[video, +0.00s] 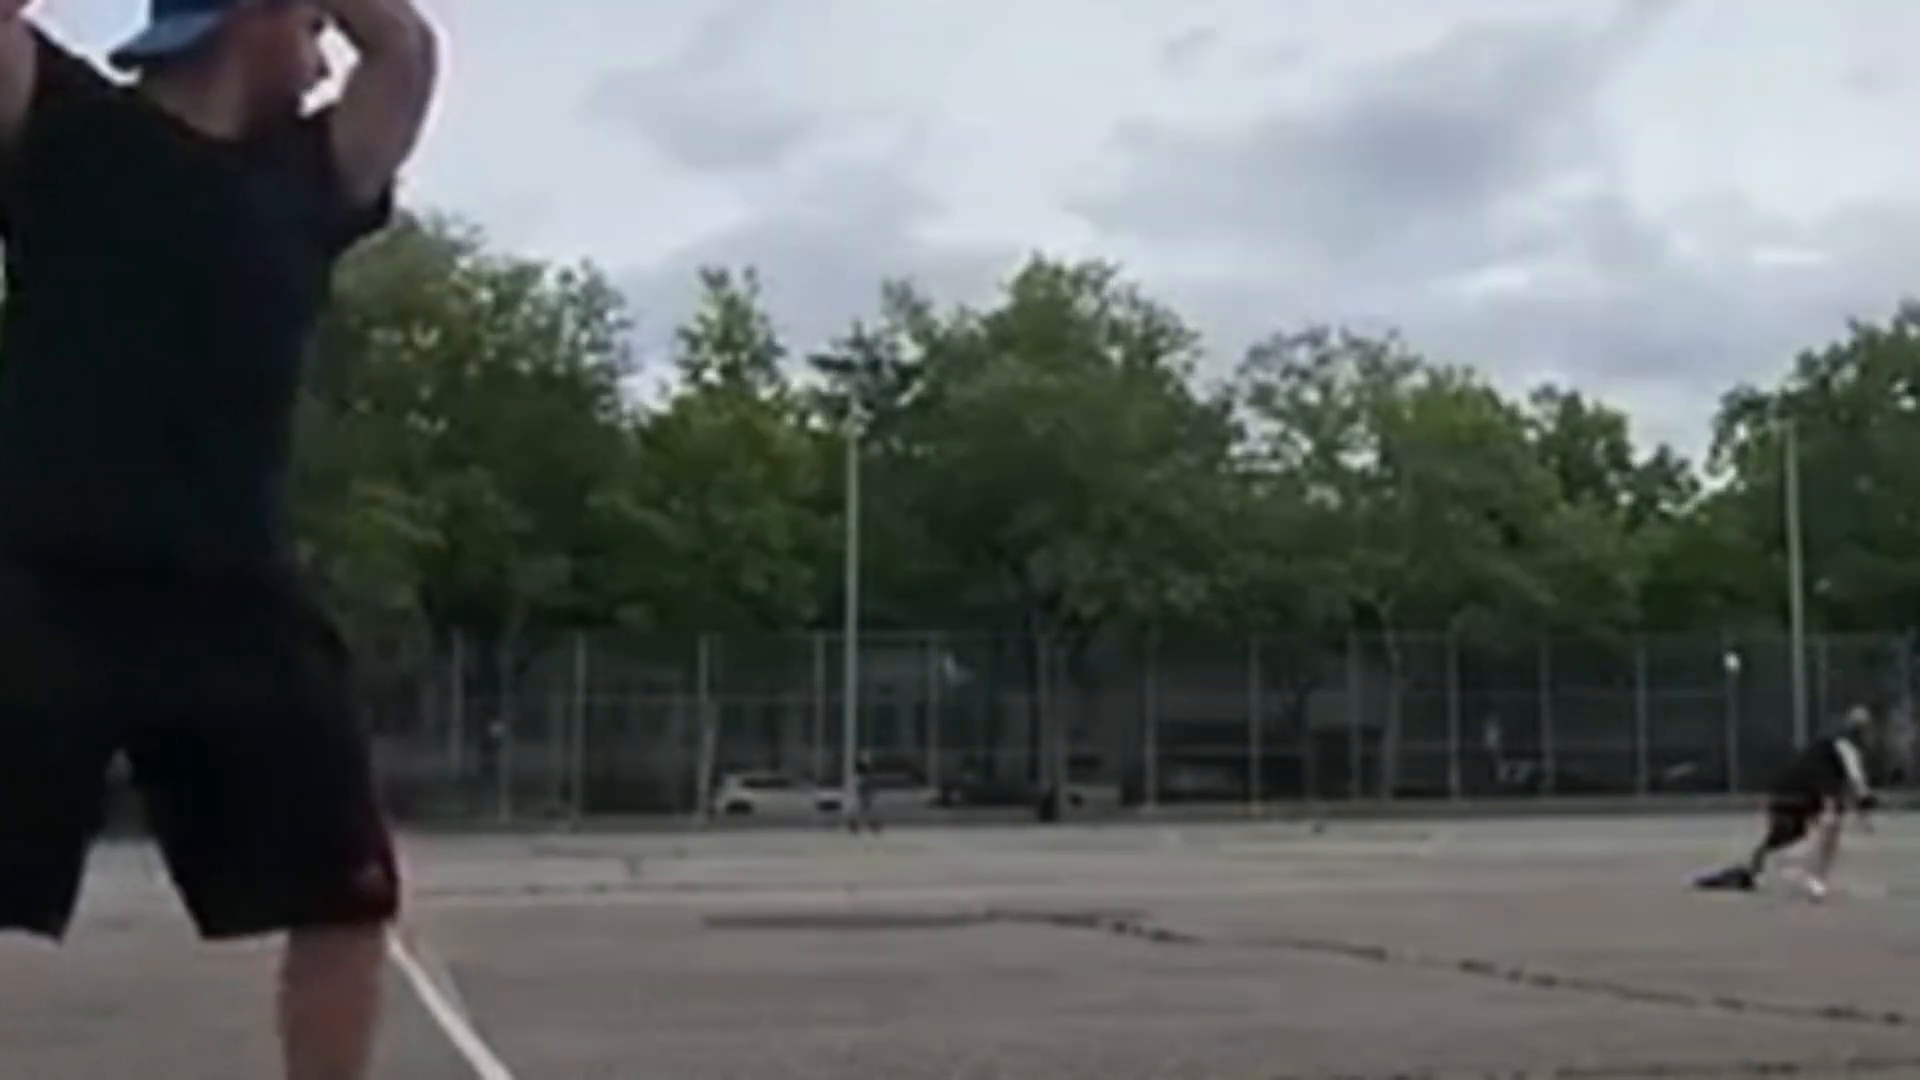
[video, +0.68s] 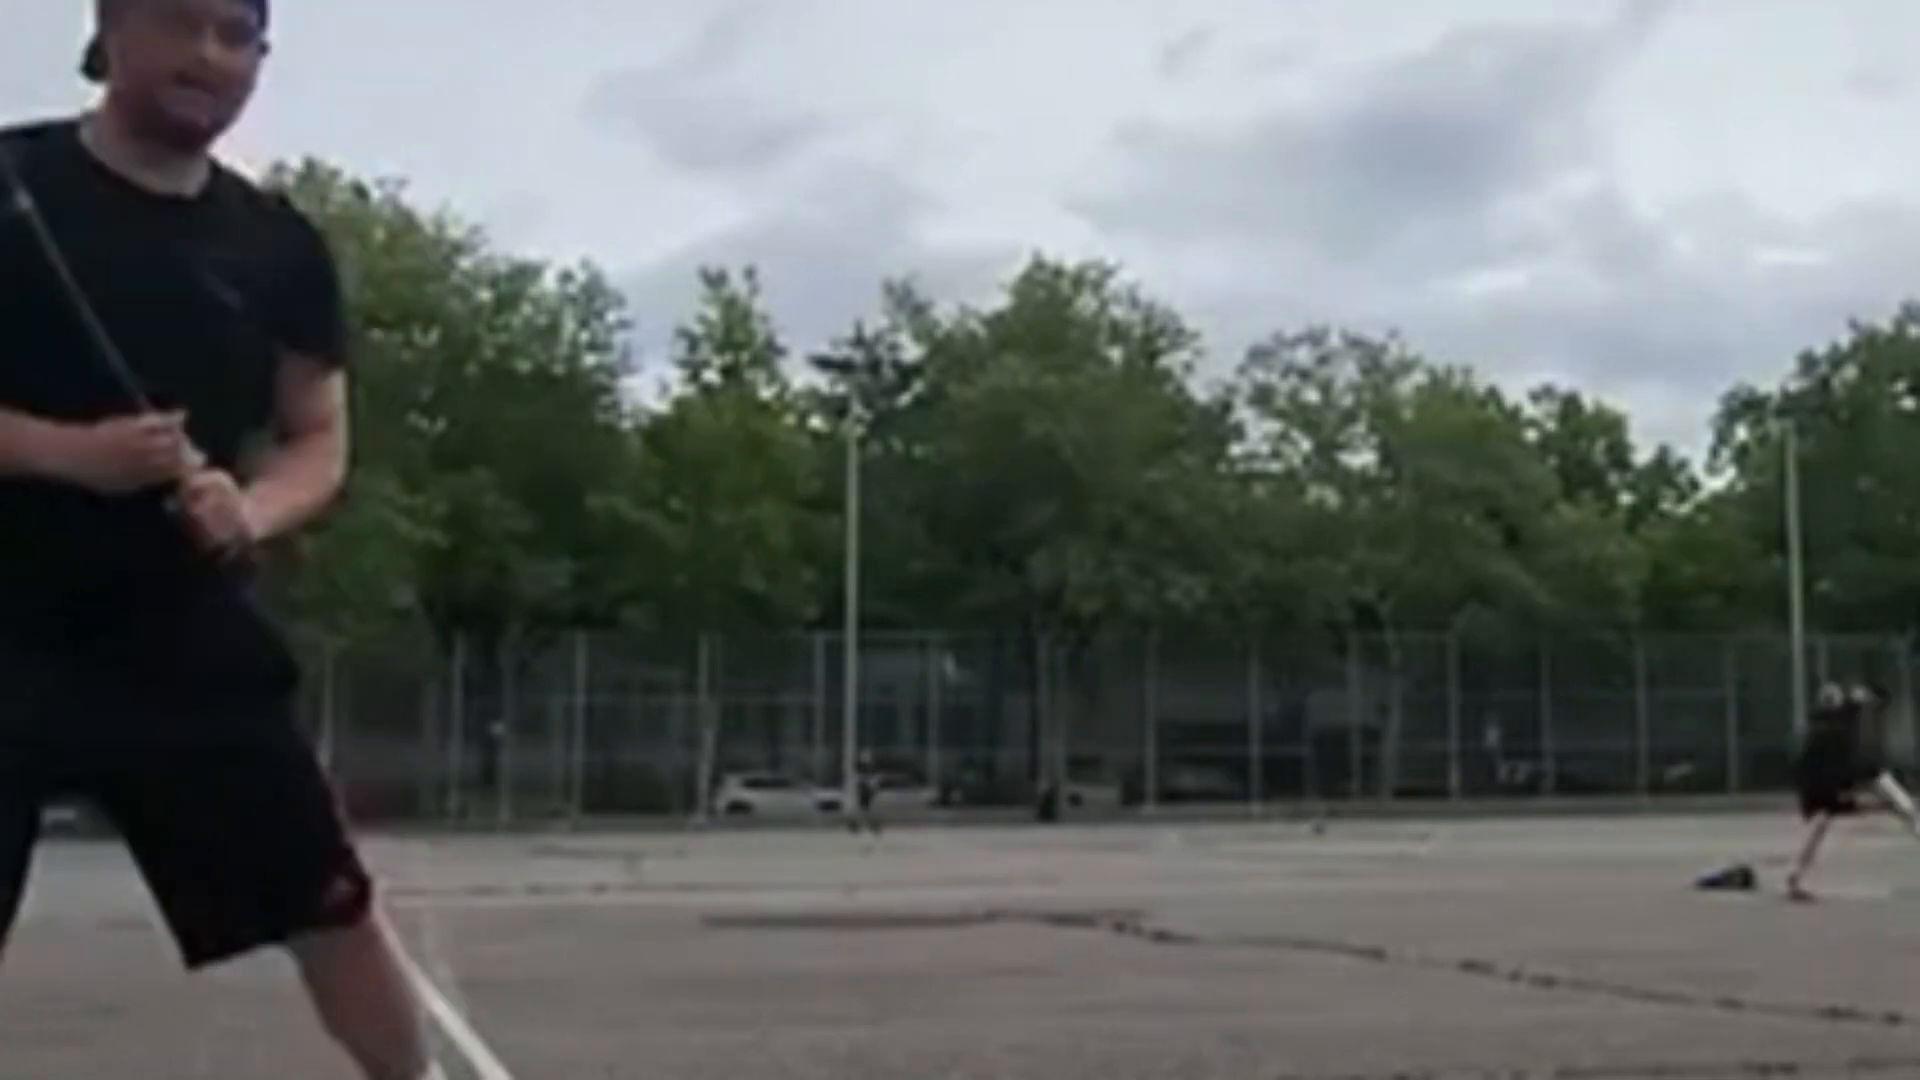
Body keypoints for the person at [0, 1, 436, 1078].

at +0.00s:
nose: (319, 48)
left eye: (323, 27)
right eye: (305, 20)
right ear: (247, 19)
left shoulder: (305, 180)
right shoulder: (67, 122)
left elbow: (408, 52)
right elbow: (3, 21)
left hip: (233, 586)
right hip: (48, 579)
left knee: (345, 900)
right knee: (4, 895)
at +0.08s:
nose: (295, 51)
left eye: (297, 34)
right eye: (282, 27)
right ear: (231, 33)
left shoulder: (283, 193)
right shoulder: (48, 128)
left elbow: (389, 86)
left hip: (217, 586)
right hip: (41, 581)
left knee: (380, 864)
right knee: (6, 882)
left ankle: (354, 1066)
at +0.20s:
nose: (323, 106)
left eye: (323, 81)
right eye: (305, 77)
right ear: (224, 72)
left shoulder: (304, 238)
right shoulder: (38, 173)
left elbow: (297, 218)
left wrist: (114, 47)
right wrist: (18, 28)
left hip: (221, 624)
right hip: (42, 625)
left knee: (413, 855)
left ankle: (441, 1060)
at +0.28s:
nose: (341, 161)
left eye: (342, 136)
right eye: (325, 131)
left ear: (259, 130)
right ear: (242, 127)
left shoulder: (325, 276)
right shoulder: (49, 237)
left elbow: (253, 351)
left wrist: (69, 185)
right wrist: (19, 129)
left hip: (238, 671)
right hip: (51, 669)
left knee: (423, 901)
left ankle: (431, 1069)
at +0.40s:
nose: (339, 212)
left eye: (344, 187)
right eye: (319, 182)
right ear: (224, 166)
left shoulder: (335, 332)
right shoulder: (61, 286)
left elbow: (293, 483)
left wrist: (113, 369)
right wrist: (12, 292)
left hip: (245, 683)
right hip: (59, 689)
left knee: (439, 913)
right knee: (5, 937)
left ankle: (445, 1070)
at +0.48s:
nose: (294, 192)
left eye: (312, 167)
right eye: (269, 157)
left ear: (325, 172)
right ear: (181, 140)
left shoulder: (328, 330)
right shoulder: (43, 284)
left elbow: (335, 535)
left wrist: (184, 514)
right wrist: (26, 436)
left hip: (227, 665)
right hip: (43, 663)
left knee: (417, 913)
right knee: (6, 921)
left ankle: (435, 1067)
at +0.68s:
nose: (209, 57)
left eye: (239, 37)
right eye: (179, 25)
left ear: (260, 66)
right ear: (107, 34)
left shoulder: (280, 245)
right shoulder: (16, 183)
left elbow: (318, 444)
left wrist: (252, 508)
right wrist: (70, 450)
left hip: (186, 629)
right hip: (19, 626)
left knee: (328, 898)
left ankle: (410, 1071)